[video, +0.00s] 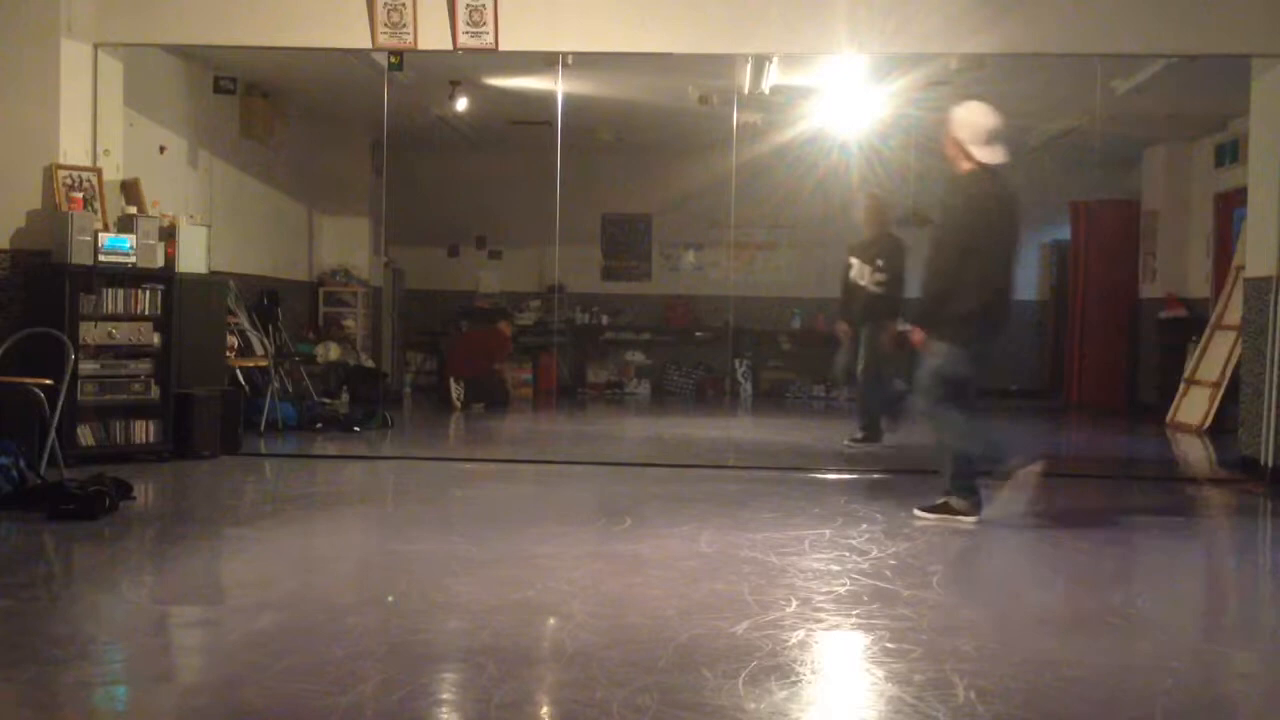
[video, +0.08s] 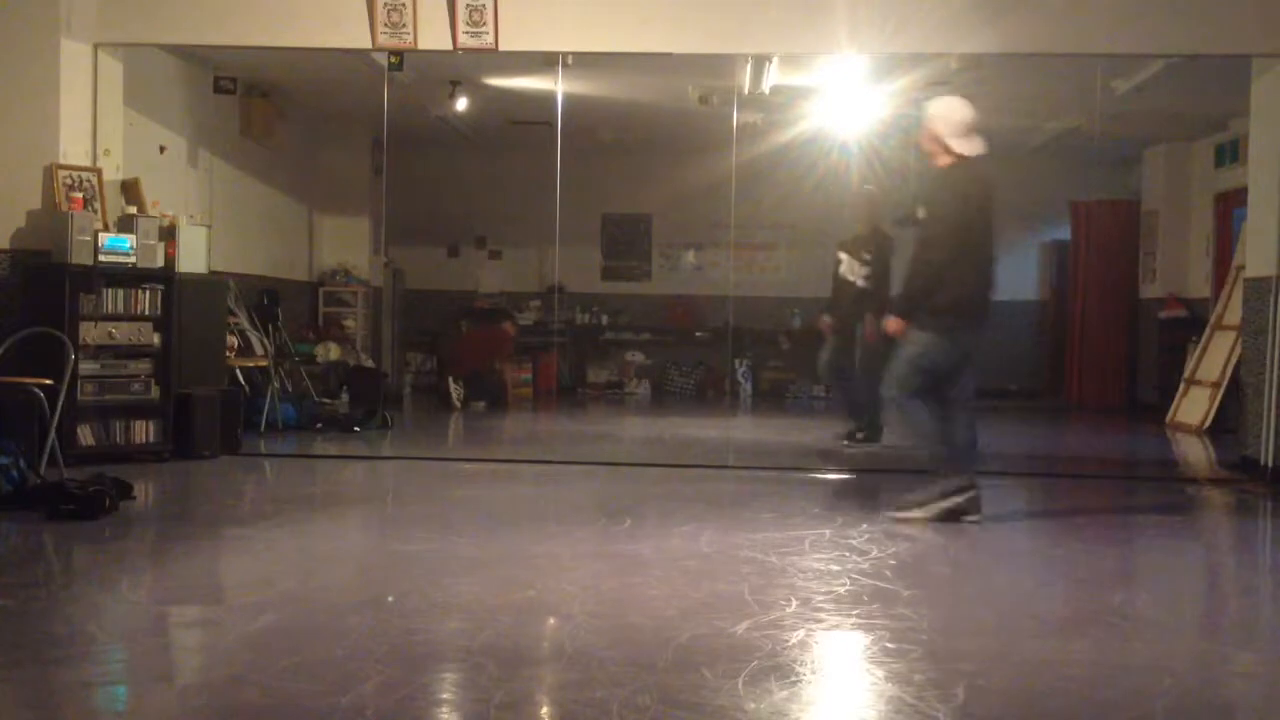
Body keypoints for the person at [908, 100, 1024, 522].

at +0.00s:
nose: (945, 147)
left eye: (948, 140)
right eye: (948, 140)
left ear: (958, 145)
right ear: (986, 144)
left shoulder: (968, 192)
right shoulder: (999, 190)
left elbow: (946, 263)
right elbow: (986, 265)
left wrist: (923, 318)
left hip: (960, 316)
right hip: (984, 314)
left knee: (929, 398)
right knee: (958, 400)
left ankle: (1002, 458)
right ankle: (961, 492)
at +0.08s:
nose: (920, 139)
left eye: (926, 132)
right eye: (924, 131)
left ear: (939, 138)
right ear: (959, 137)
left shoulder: (951, 184)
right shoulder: (972, 179)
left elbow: (933, 255)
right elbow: (955, 255)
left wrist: (902, 309)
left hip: (943, 311)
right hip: (965, 309)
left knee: (898, 389)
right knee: (952, 397)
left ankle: (947, 477)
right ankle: (961, 489)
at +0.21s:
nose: (889, 153)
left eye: (892, 145)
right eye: (892, 145)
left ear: (904, 145)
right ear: (926, 143)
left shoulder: (923, 189)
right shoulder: (934, 186)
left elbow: (910, 261)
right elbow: (924, 262)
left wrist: (882, 316)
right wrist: (885, 316)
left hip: (923, 316)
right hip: (936, 314)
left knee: (879, 392)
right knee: (950, 403)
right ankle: (961, 493)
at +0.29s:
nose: (871, 165)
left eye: (874, 158)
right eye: (873, 157)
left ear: (883, 160)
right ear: (906, 157)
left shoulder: (900, 199)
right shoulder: (916, 194)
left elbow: (885, 272)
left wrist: (856, 329)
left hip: (899, 321)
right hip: (920, 318)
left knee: (857, 399)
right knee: (936, 404)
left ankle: (813, 482)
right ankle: (958, 490)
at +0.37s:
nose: (852, 173)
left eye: (858, 167)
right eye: (854, 166)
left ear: (872, 171)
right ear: (884, 170)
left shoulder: (873, 208)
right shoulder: (890, 205)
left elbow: (866, 278)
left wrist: (845, 339)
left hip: (870, 329)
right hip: (892, 326)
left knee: (824, 402)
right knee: (911, 407)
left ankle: (802, 486)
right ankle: (951, 484)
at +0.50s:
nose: (805, 165)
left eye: (809, 157)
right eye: (808, 156)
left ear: (819, 160)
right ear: (841, 161)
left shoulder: (833, 204)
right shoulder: (840, 200)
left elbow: (838, 277)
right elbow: (836, 274)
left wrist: (829, 341)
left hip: (821, 326)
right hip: (836, 322)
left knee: (789, 404)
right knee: (841, 398)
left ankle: (797, 487)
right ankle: (914, 456)